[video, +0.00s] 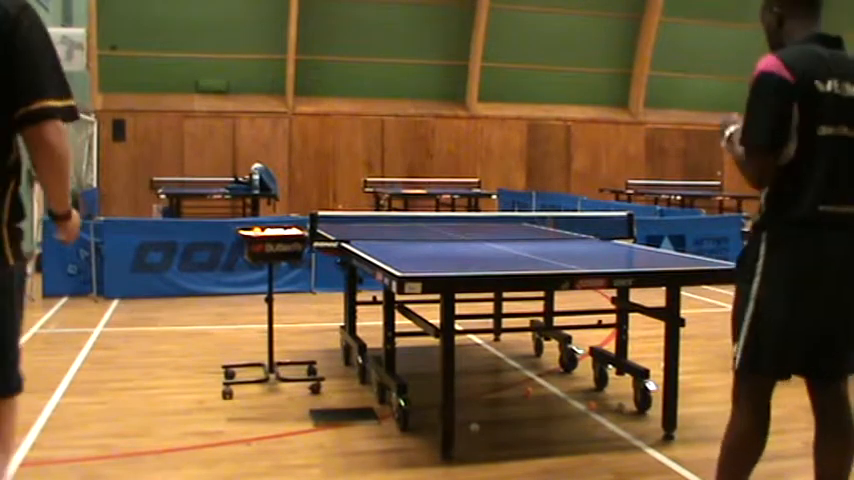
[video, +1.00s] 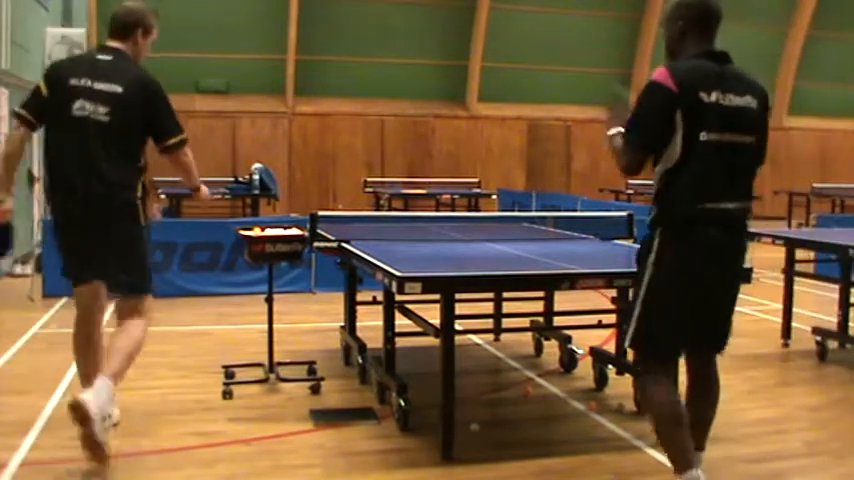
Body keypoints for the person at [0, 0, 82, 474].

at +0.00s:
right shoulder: (12, 17)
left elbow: (46, 135)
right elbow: (47, 136)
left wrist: (60, 209)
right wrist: (62, 209)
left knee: (5, 385)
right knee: (1, 389)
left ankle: (6, 466)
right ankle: (3, 467)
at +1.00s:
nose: (151, 47)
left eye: (152, 41)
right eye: (152, 41)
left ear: (110, 32)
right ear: (141, 37)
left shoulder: (61, 71)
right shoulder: (142, 83)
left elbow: (18, 132)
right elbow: (175, 148)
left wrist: (5, 191)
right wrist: (196, 184)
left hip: (67, 208)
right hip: (118, 210)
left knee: (88, 305)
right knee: (133, 316)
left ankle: (97, 404)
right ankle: (99, 394)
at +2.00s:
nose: (229, 79)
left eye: (228, 73)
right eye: (229, 73)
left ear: (200, 68)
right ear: (221, 72)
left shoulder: (169, 94)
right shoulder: (209, 105)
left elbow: (145, 130)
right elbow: (201, 151)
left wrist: (173, 147)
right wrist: (220, 194)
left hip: (159, 194)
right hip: (188, 196)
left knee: (174, 266)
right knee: (202, 275)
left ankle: (172, 336)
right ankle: (177, 337)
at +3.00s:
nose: (295, 98)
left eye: (298, 93)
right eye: (289, 93)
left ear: (300, 95)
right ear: (275, 94)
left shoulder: (299, 122)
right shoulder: (259, 121)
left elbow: (313, 151)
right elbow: (241, 162)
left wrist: (315, 161)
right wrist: (274, 174)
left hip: (279, 191)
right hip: (252, 191)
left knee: (293, 244)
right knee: (262, 251)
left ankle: (292, 304)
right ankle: (248, 318)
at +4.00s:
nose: (298, 111)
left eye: (301, 106)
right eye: (292, 106)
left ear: (305, 107)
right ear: (280, 106)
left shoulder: (302, 136)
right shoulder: (259, 128)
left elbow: (323, 163)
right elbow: (230, 162)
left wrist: (339, 174)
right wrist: (252, 185)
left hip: (271, 195)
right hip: (242, 193)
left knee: (290, 243)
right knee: (244, 250)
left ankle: (298, 301)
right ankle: (231, 315)